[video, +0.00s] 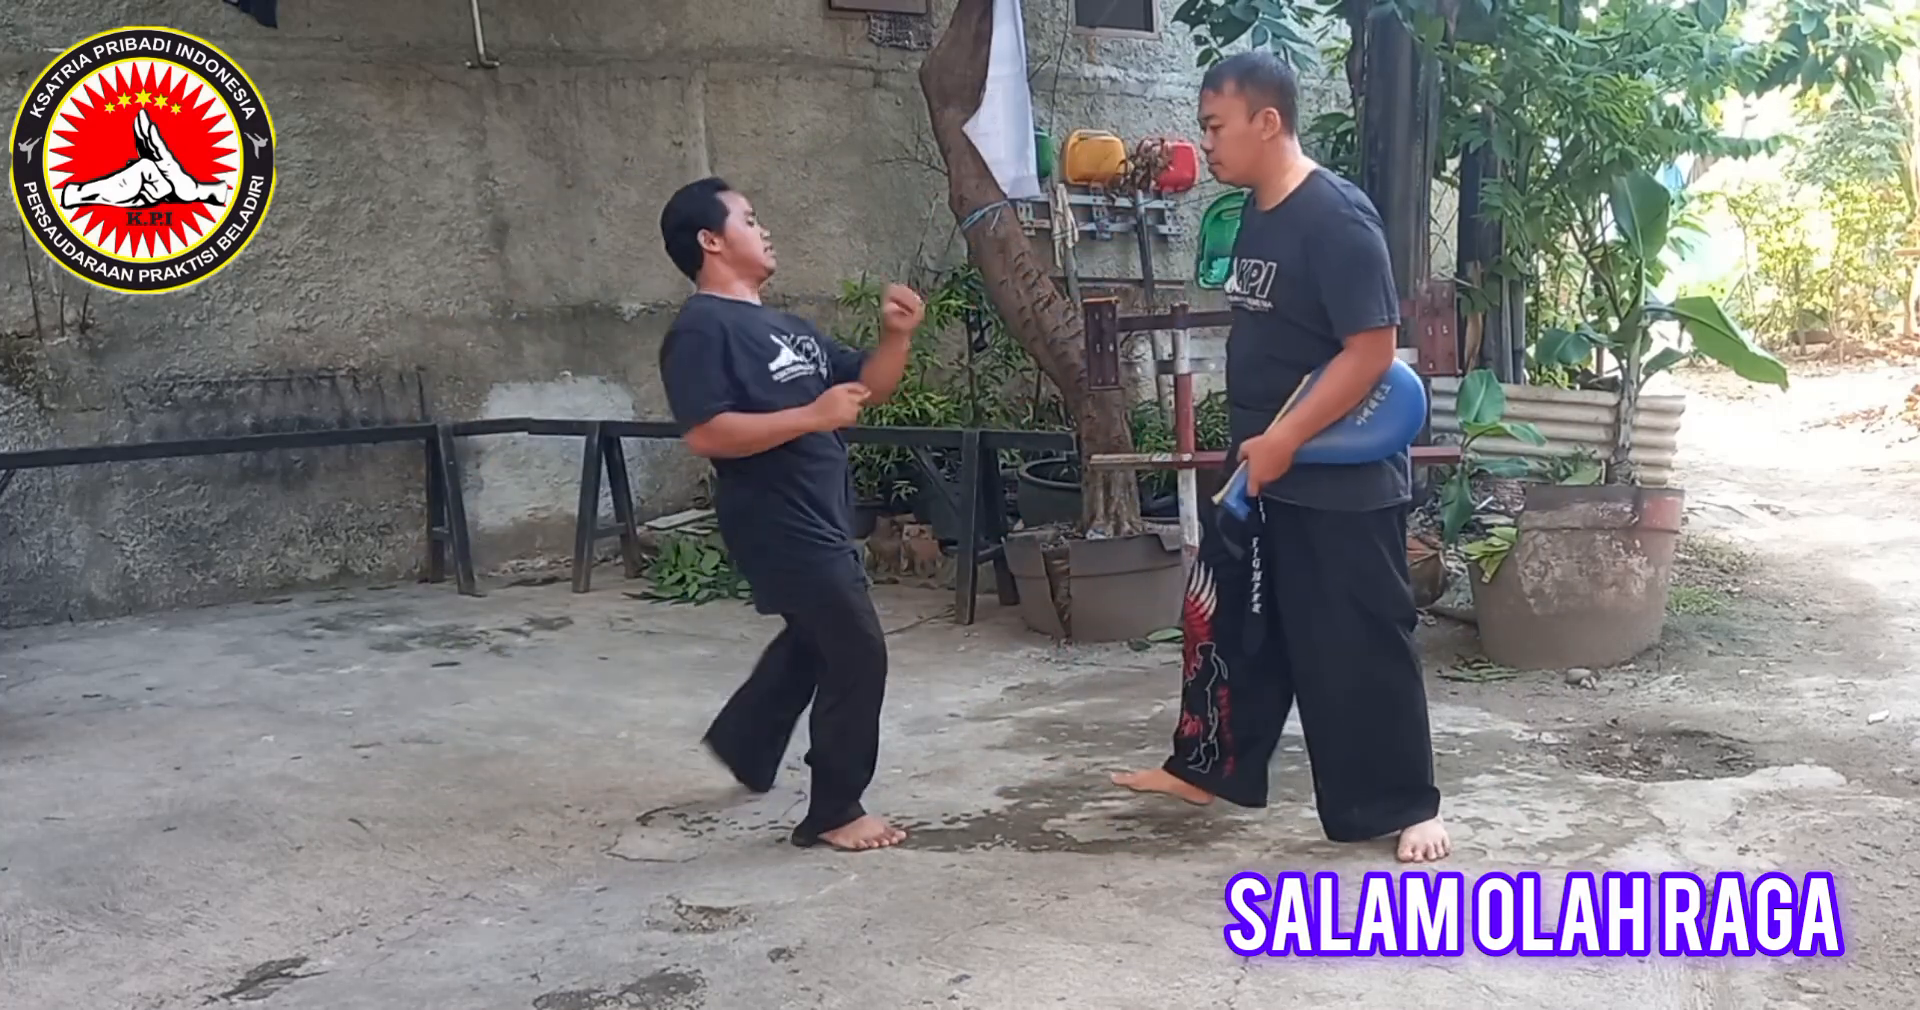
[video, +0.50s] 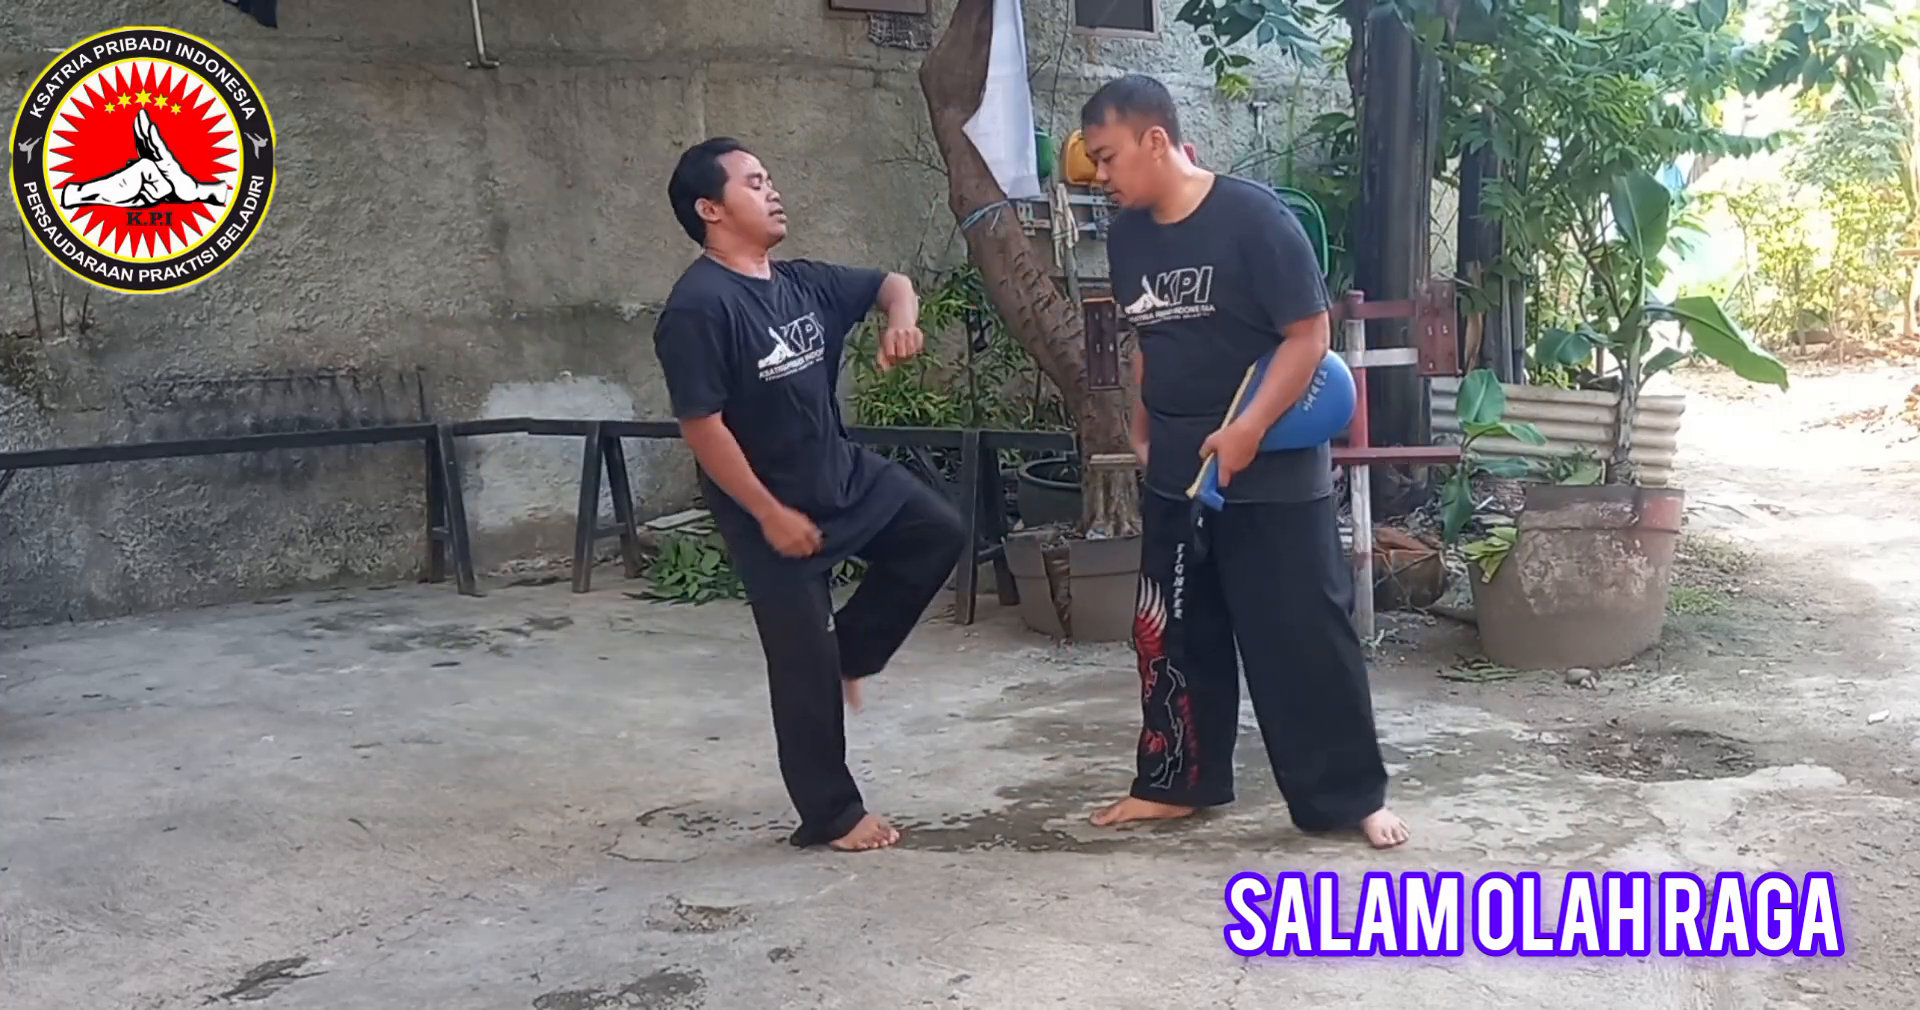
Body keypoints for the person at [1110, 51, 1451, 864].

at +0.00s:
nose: (1206, 143)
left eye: (1215, 126)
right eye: (1204, 127)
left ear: (1268, 123)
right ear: (1253, 126)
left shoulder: (1339, 217)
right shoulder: (1261, 211)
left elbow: (1373, 351)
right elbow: (1277, 342)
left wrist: (1282, 437)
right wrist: (1254, 442)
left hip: (1341, 481)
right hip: (1270, 475)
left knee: (1368, 650)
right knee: (1240, 627)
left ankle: (1412, 810)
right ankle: (1208, 769)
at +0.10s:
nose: (1195, 147)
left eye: (1203, 130)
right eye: (1193, 131)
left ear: (1255, 129)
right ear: (1246, 130)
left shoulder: (1329, 224)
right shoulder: (1244, 218)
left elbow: (1360, 361)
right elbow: (1265, 347)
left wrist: (1269, 443)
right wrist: (1248, 449)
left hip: (1336, 491)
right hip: (1260, 482)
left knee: (1367, 655)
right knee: (1233, 638)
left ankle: (1414, 814)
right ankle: (1190, 779)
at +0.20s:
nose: (1167, 154)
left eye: (1178, 137)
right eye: (1166, 139)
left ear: (1231, 133)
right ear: (1216, 137)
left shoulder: (1308, 228)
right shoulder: (1210, 227)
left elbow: (1342, 358)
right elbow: (1232, 350)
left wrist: (1258, 447)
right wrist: (1223, 453)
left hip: (1317, 492)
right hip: (1235, 486)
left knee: (1351, 655)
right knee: (1215, 640)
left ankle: (1409, 811)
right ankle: (1195, 783)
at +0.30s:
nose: (1139, 158)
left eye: (1149, 140)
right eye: (1137, 143)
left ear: (1204, 136)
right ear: (1187, 142)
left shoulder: (1285, 227)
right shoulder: (1180, 231)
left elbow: (1325, 354)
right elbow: (1211, 346)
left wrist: (1246, 447)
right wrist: (1204, 448)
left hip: (1300, 482)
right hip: (1207, 478)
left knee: (1348, 645)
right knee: (1195, 637)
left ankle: (1413, 805)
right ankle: (1186, 784)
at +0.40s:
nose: (1111, 167)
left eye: (1118, 149)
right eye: (1106, 152)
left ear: (1167, 137)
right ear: (1147, 144)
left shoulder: (1261, 221)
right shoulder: (1141, 230)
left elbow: (1308, 342)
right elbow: (1171, 343)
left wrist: (1244, 436)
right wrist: (1181, 437)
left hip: (1280, 467)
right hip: (1180, 468)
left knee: (1329, 633)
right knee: (1180, 632)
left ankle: (1389, 799)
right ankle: (1179, 784)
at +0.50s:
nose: (1103, 175)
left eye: (1109, 156)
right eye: (1096, 161)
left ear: (1159, 141)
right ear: (1132, 151)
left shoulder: (1256, 217)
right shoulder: (1127, 231)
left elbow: (1308, 335)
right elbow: (1150, 337)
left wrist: (1250, 425)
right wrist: (1145, 414)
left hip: (1275, 472)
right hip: (1176, 474)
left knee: (1309, 633)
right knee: (1176, 630)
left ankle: (1356, 797)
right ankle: (1179, 781)